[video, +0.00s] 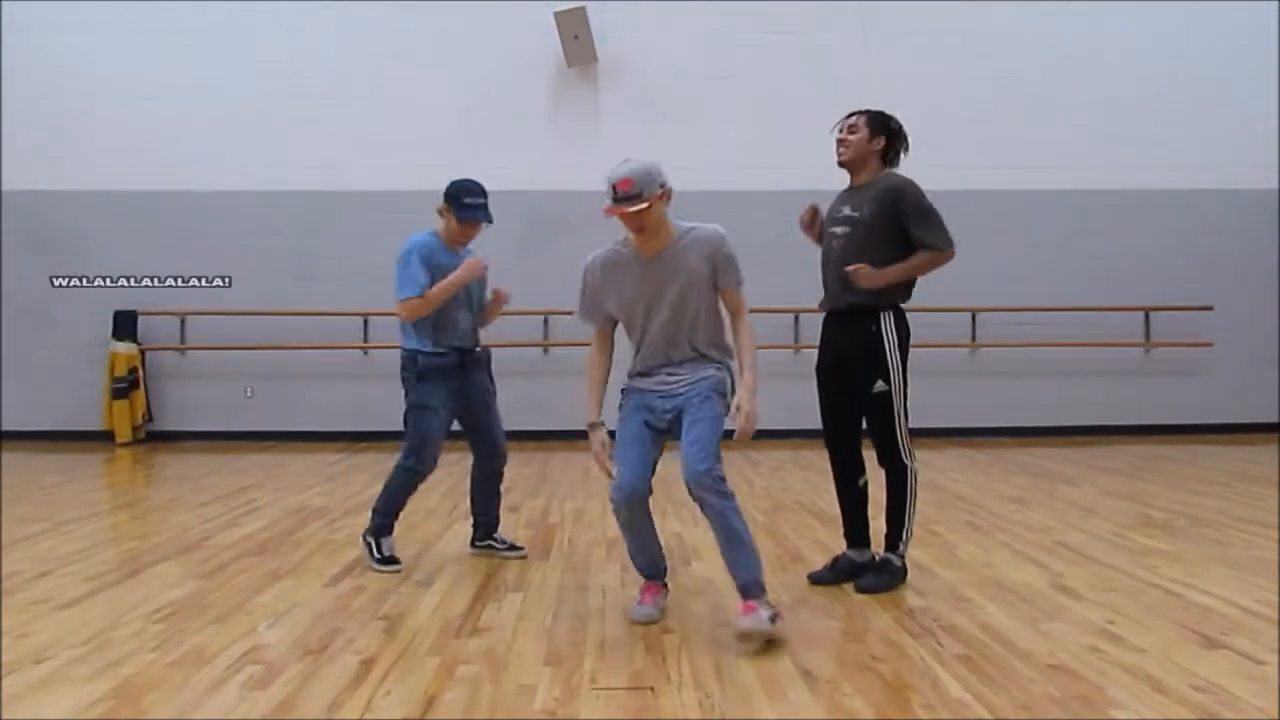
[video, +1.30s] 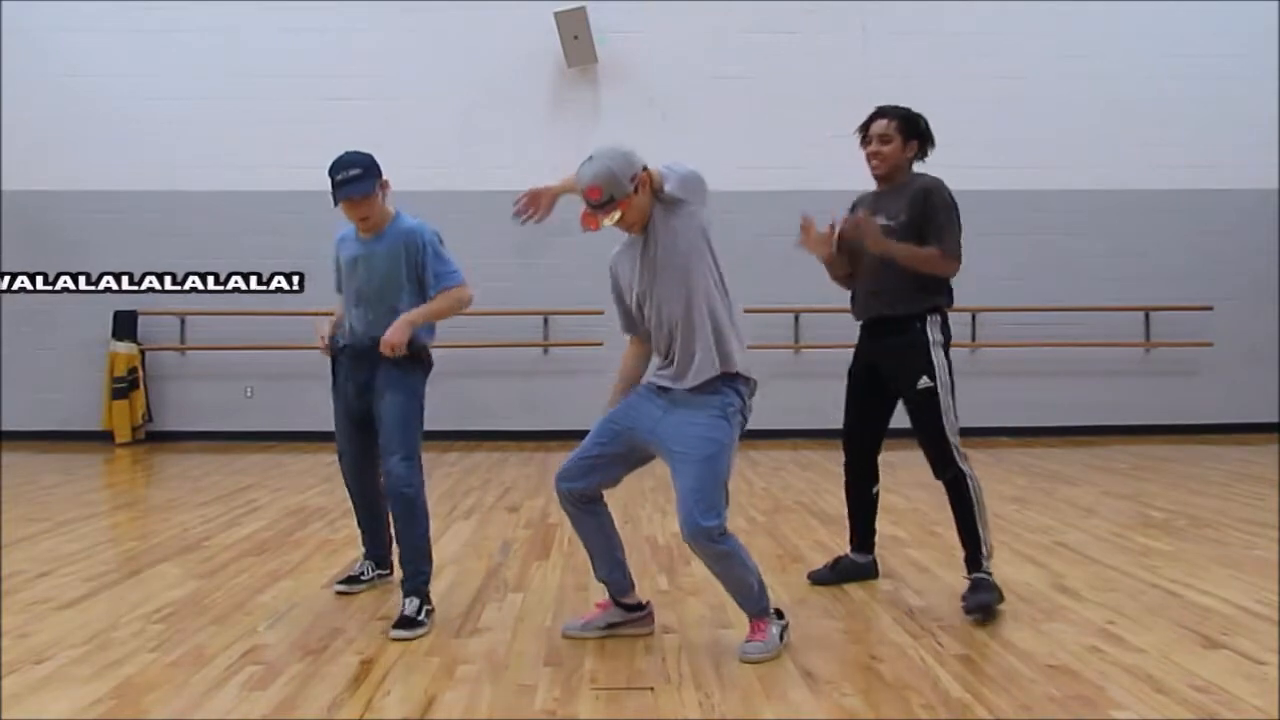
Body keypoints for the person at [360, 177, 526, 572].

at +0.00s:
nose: (471, 231)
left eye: (478, 223)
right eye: (464, 222)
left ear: (485, 221)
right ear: (443, 213)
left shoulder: (470, 258)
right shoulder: (417, 250)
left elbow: (472, 322)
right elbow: (408, 311)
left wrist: (493, 307)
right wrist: (460, 278)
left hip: (470, 365)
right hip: (428, 368)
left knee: (491, 450)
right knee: (421, 457)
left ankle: (485, 533)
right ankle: (378, 532)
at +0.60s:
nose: (401, 234)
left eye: (408, 225)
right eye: (392, 227)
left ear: (421, 215)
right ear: (379, 220)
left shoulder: (446, 247)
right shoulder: (365, 254)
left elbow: (466, 303)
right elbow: (369, 319)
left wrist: (466, 340)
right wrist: (393, 263)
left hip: (445, 369)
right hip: (393, 373)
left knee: (483, 447)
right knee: (376, 462)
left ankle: (486, 526)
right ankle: (376, 559)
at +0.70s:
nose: (387, 225)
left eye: (392, 215)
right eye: (377, 219)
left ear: (403, 204)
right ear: (362, 215)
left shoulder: (435, 242)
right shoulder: (347, 253)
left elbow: (457, 298)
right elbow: (335, 319)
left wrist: (464, 343)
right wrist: (363, 287)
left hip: (438, 365)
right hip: (382, 369)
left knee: (480, 447)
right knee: (370, 464)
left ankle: (484, 527)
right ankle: (375, 559)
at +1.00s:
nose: (356, 211)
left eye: (362, 200)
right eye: (346, 205)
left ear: (378, 189)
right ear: (333, 203)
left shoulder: (414, 233)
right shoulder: (326, 249)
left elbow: (452, 284)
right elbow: (320, 305)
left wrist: (435, 328)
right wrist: (324, 344)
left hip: (413, 363)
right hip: (358, 368)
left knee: (431, 466)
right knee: (361, 470)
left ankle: (446, 569)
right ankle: (375, 559)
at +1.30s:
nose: (358, 211)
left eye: (365, 200)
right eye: (348, 204)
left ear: (385, 189)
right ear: (337, 203)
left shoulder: (416, 237)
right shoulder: (344, 243)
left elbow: (460, 294)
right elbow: (351, 302)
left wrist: (409, 320)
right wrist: (333, 322)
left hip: (398, 369)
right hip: (351, 367)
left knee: (401, 477)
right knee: (356, 469)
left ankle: (416, 592)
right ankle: (377, 559)